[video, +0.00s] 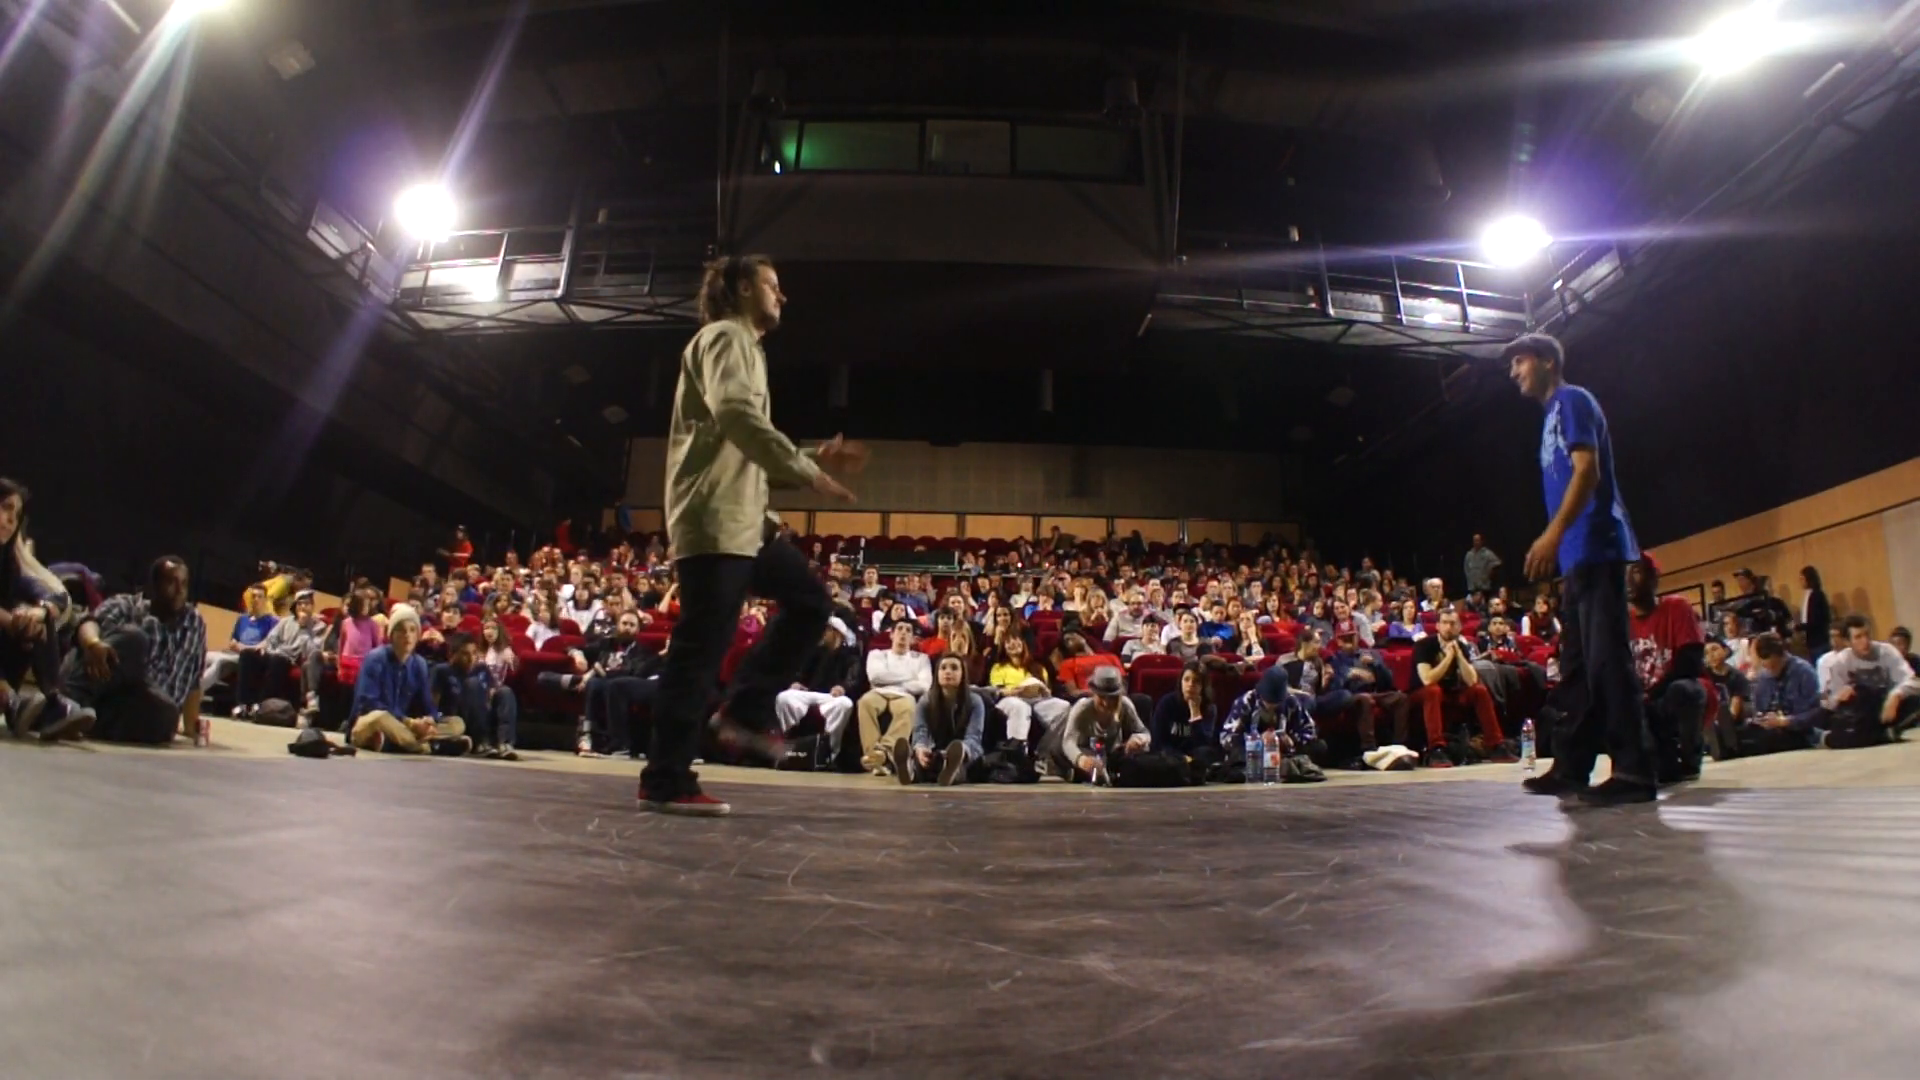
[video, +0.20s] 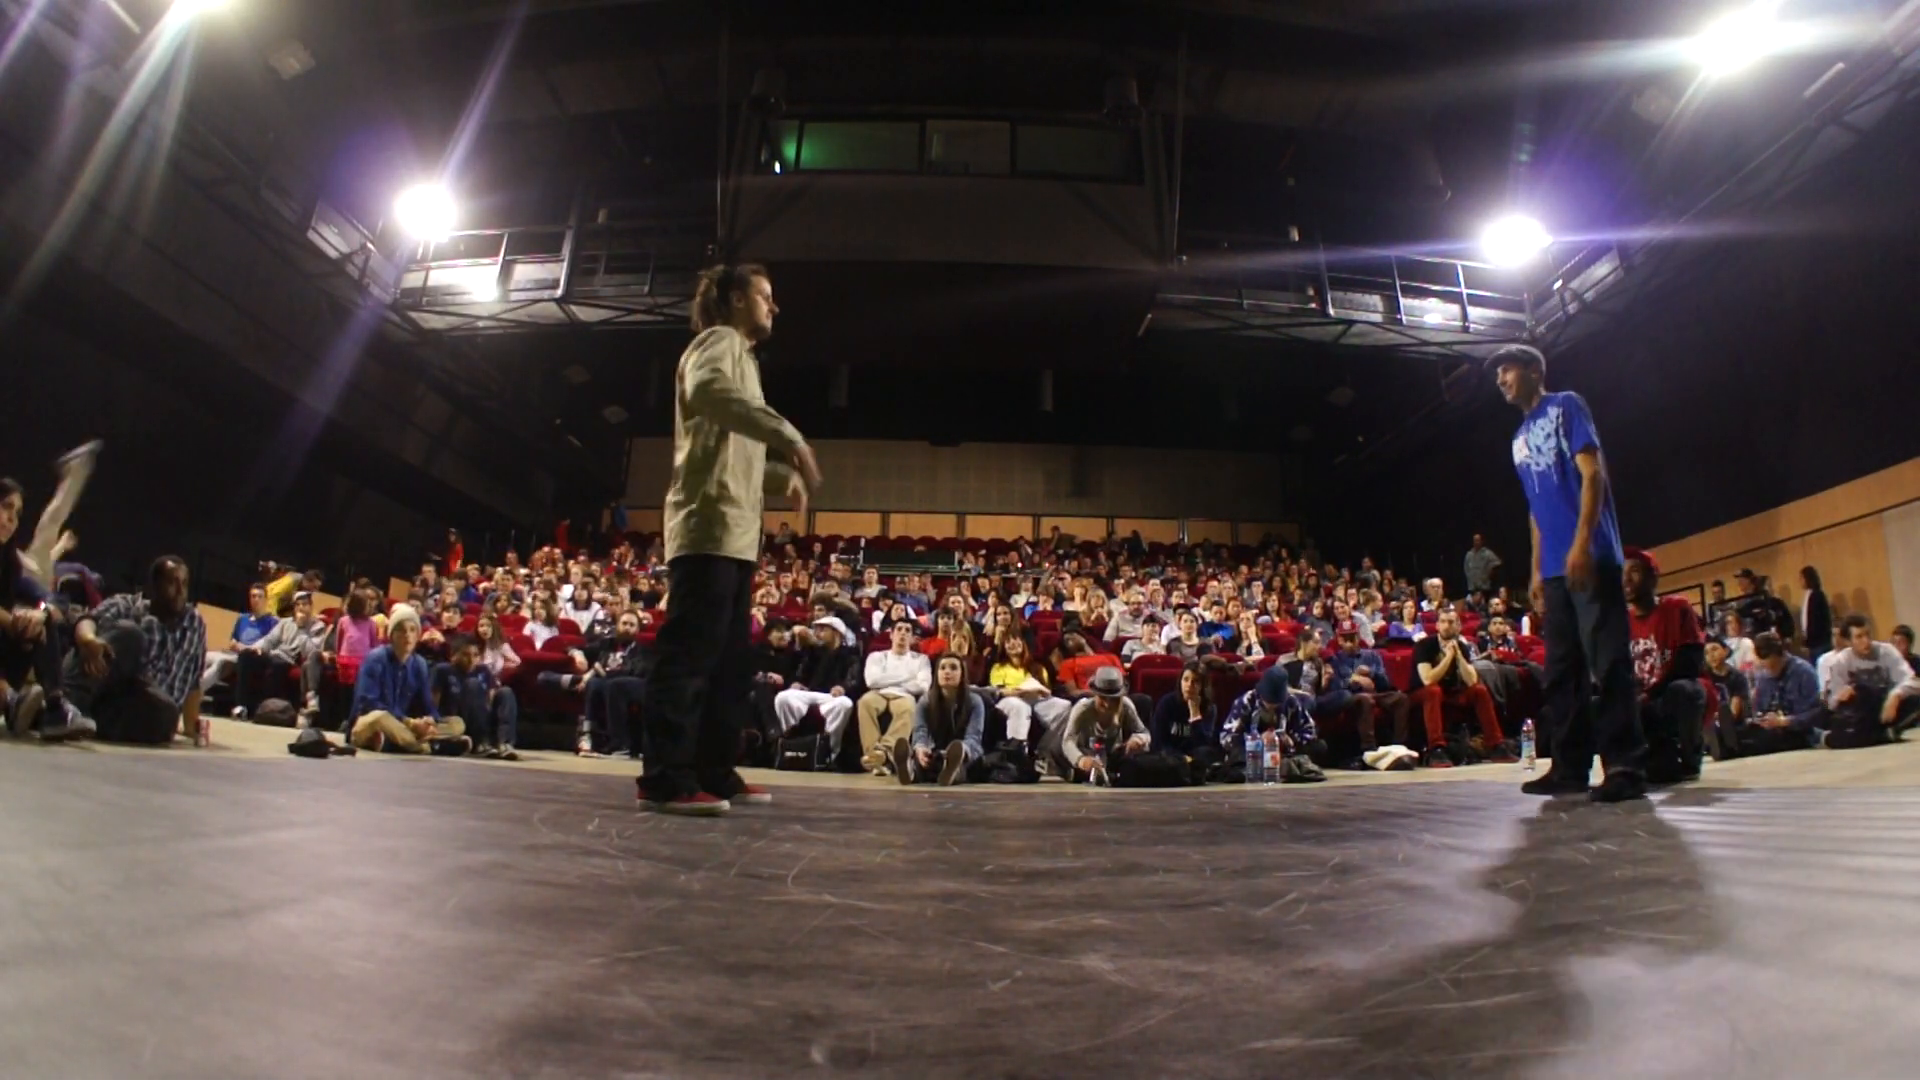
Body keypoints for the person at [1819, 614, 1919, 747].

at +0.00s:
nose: (1865, 641)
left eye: (1866, 635)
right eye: (1858, 637)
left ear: (1870, 635)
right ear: (1849, 641)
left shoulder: (1887, 652)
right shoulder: (1840, 662)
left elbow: (1911, 679)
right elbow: (1827, 703)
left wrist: (1895, 695)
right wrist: (1838, 697)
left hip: (1886, 701)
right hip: (1857, 704)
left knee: (1914, 702)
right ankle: (1884, 735)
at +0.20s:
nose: (1866, 641)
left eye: (1867, 635)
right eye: (1859, 637)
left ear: (1871, 634)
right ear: (1849, 640)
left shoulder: (1887, 652)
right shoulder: (1840, 662)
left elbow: (1910, 679)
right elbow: (1831, 703)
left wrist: (1895, 696)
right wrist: (1839, 696)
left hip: (1886, 701)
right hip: (1858, 704)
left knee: (1914, 701)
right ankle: (1884, 734)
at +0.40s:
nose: (1866, 641)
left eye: (1867, 635)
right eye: (1859, 637)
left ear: (1870, 635)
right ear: (1849, 640)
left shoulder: (1887, 652)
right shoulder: (1840, 662)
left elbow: (1910, 680)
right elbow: (1829, 703)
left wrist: (1895, 695)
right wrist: (1838, 696)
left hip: (1885, 701)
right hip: (1857, 704)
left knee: (1913, 701)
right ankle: (1885, 734)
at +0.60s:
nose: (1868, 641)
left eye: (1869, 636)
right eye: (1862, 638)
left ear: (1872, 635)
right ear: (1850, 642)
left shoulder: (1887, 652)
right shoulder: (1839, 662)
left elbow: (1910, 679)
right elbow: (1828, 703)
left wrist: (1895, 696)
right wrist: (1838, 697)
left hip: (1885, 703)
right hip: (1856, 706)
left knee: (1913, 701)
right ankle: (1884, 734)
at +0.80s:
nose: (1871, 641)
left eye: (1871, 635)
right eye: (1865, 637)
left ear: (1873, 634)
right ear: (1851, 642)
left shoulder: (1887, 651)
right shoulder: (1840, 662)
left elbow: (1910, 680)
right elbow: (1829, 703)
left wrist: (1895, 696)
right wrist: (1838, 696)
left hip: (1885, 702)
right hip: (1856, 705)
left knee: (1913, 703)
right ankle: (1884, 734)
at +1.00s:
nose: (1871, 641)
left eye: (1871, 635)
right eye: (1865, 637)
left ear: (1874, 634)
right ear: (1851, 642)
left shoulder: (1887, 651)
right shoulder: (1840, 662)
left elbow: (1910, 680)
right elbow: (1830, 703)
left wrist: (1894, 695)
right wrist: (1839, 696)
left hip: (1885, 703)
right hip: (1856, 706)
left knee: (1914, 702)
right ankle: (1885, 734)